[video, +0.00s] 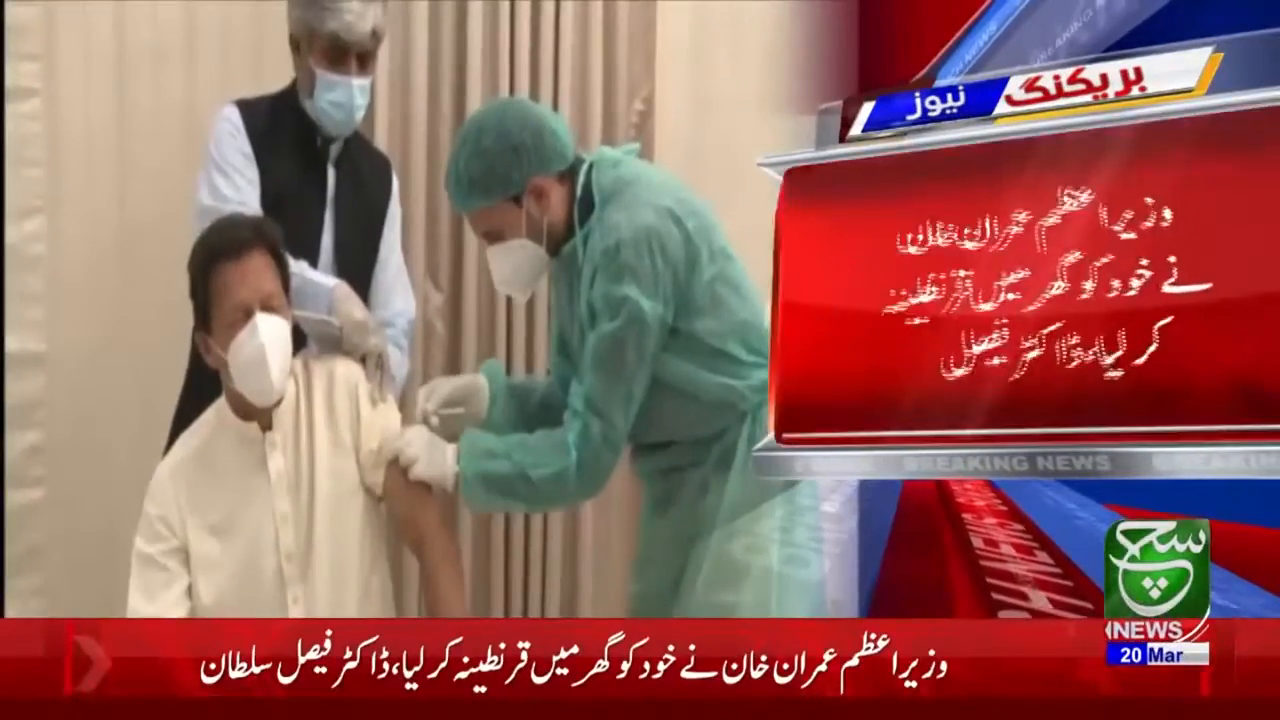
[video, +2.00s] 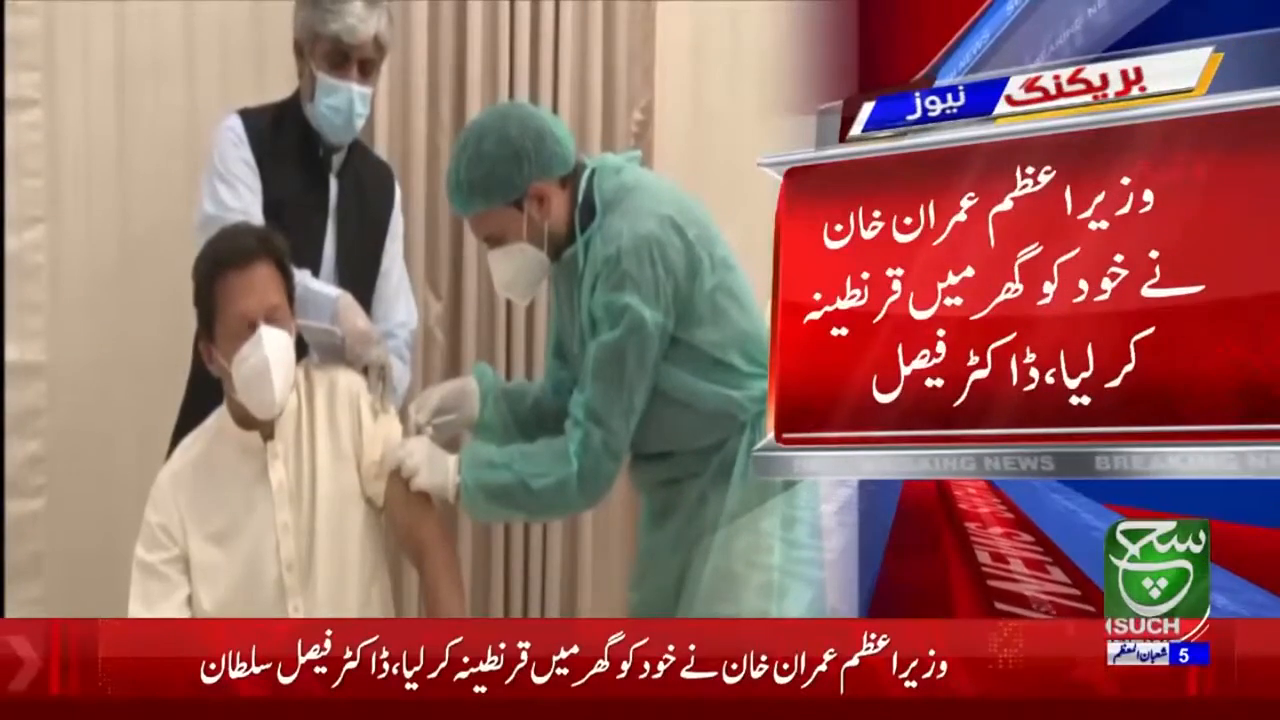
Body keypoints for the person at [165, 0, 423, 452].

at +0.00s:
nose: (351, 78)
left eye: (364, 61)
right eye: (334, 58)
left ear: (376, 60)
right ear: (298, 51)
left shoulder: (377, 171)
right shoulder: (242, 127)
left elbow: (393, 303)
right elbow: (230, 249)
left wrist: (375, 385)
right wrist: (333, 299)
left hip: (333, 398)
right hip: (238, 383)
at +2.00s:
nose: (351, 83)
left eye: (366, 68)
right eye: (336, 62)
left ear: (381, 69)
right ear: (302, 53)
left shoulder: (380, 180)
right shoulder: (244, 137)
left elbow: (395, 314)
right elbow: (233, 261)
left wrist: (378, 404)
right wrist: (334, 306)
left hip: (335, 407)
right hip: (240, 392)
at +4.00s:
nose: (356, 111)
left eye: (372, 95)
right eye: (342, 88)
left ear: (386, 93)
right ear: (306, 75)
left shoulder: (383, 204)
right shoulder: (248, 158)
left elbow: (398, 340)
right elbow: (237, 283)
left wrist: (381, 423)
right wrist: (342, 332)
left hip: (341, 430)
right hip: (246, 414)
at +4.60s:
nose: (359, 113)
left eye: (375, 96)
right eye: (344, 90)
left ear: (388, 94)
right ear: (309, 76)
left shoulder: (383, 204)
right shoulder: (250, 158)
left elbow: (398, 340)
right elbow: (236, 283)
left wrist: (381, 429)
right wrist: (342, 333)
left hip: (341, 431)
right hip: (245, 416)